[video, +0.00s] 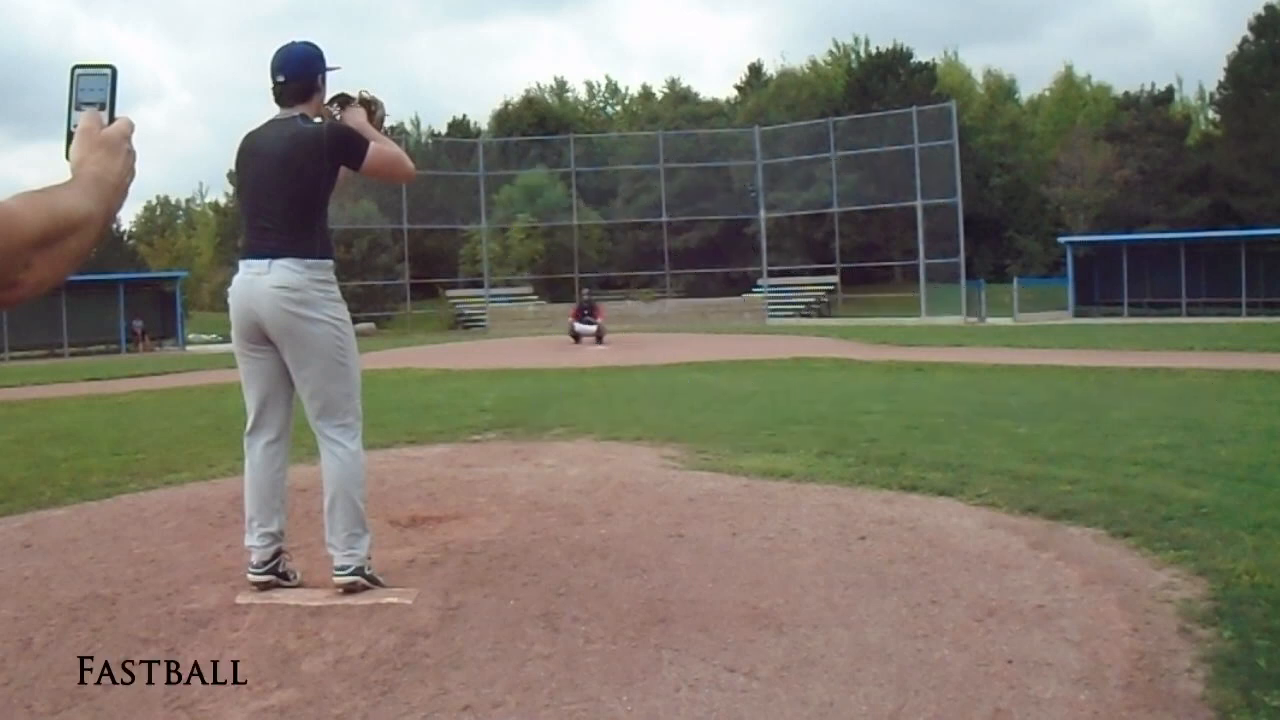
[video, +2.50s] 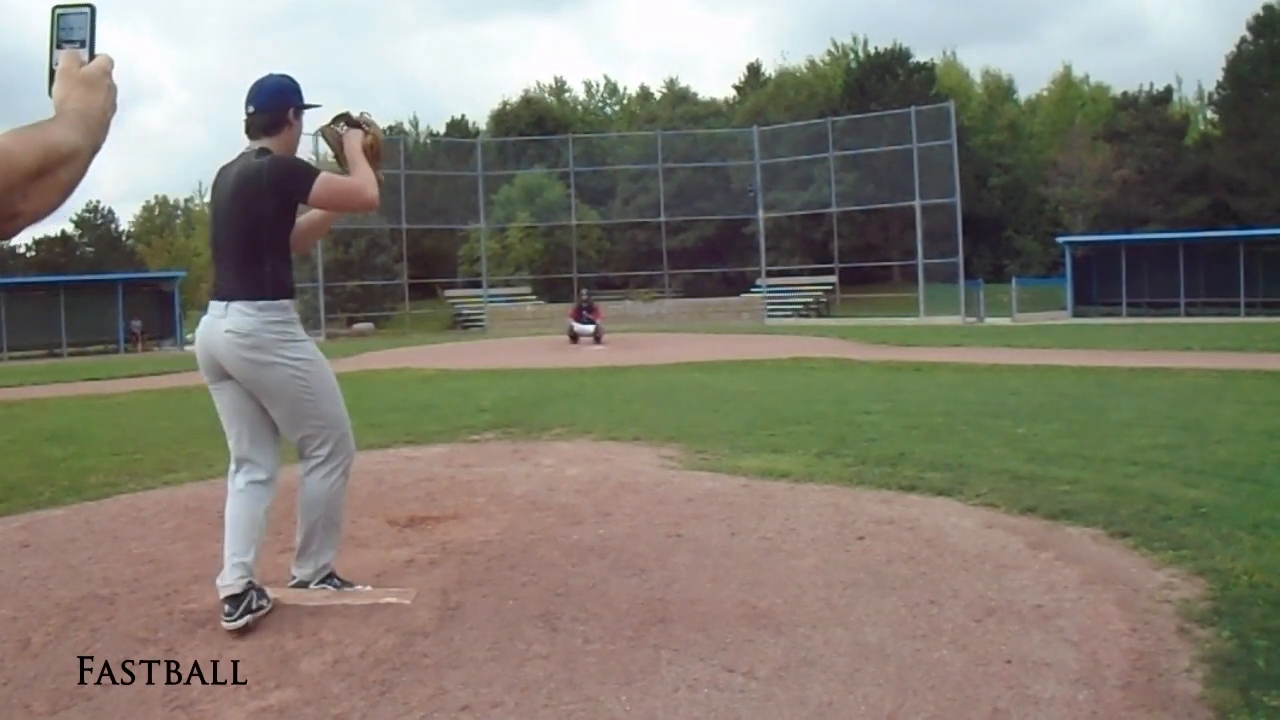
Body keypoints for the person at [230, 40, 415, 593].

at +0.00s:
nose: (327, 88)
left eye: (322, 81)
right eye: (325, 81)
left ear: (275, 88)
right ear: (320, 86)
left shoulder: (250, 143)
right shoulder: (327, 135)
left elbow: (305, 186)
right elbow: (402, 167)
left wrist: (329, 132)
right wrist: (361, 125)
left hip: (247, 288)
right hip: (303, 286)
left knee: (264, 430)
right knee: (338, 429)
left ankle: (263, 558)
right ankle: (350, 561)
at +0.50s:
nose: (340, 91)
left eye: (335, 83)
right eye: (339, 83)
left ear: (289, 89)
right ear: (333, 87)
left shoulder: (262, 142)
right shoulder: (337, 136)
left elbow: (330, 192)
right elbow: (415, 169)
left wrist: (357, 133)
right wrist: (376, 126)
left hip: (253, 287)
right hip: (310, 287)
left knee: (269, 428)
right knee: (343, 431)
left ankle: (264, 557)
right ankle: (350, 562)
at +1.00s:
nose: (356, 98)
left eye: (349, 90)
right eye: (357, 90)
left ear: (306, 94)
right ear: (352, 94)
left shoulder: (276, 143)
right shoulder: (354, 135)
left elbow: (335, 203)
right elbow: (429, 176)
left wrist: (370, 149)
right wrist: (392, 134)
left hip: (255, 292)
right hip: (314, 290)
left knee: (282, 426)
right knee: (347, 437)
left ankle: (253, 551)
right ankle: (350, 564)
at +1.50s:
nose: (306, 107)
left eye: (300, 98)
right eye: (306, 99)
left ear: (254, 102)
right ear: (300, 102)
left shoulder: (220, 153)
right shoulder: (300, 145)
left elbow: (274, 221)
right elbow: (377, 188)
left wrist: (320, 167)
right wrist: (344, 145)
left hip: (198, 302)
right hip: (261, 301)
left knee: (220, 462)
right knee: (317, 437)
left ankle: (236, 602)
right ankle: (344, 562)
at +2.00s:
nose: (279, 107)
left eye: (274, 98)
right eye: (280, 99)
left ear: (226, 100)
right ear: (272, 101)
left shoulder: (194, 153)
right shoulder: (273, 145)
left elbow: (259, 218)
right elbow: (352, 186)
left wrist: (300, 160)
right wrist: (321, 143)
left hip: (178, 310)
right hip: (239, 306)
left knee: (213, 462)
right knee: (297, 423)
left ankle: (234, 602)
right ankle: (286, 557)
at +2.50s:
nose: (303, 126)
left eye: (300, 118)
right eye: (302, 118)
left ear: (251, 122)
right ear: (292, 119)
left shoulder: (228, 176)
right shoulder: (279, 170)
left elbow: (291, 240)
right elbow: (365, 194)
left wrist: (337, 200)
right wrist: (352, 146)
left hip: (215, 330)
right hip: (265, 329)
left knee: (251, 463)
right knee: (330, 446)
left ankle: (236, 589)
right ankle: (312, 573)